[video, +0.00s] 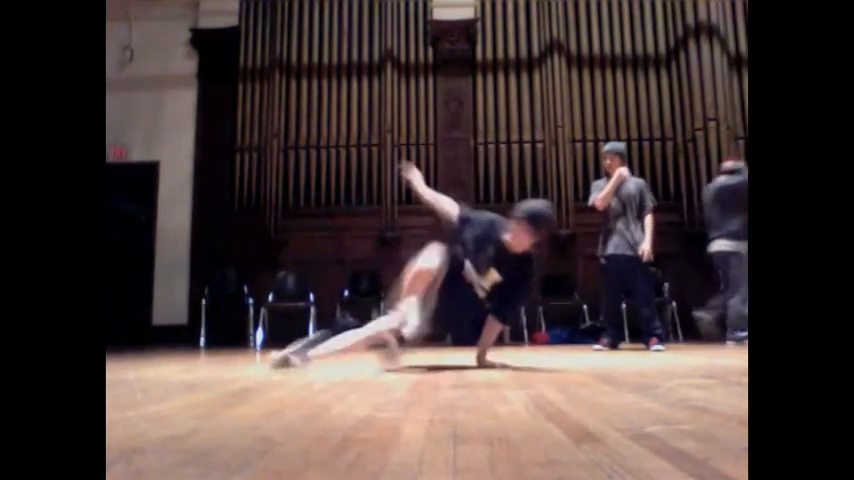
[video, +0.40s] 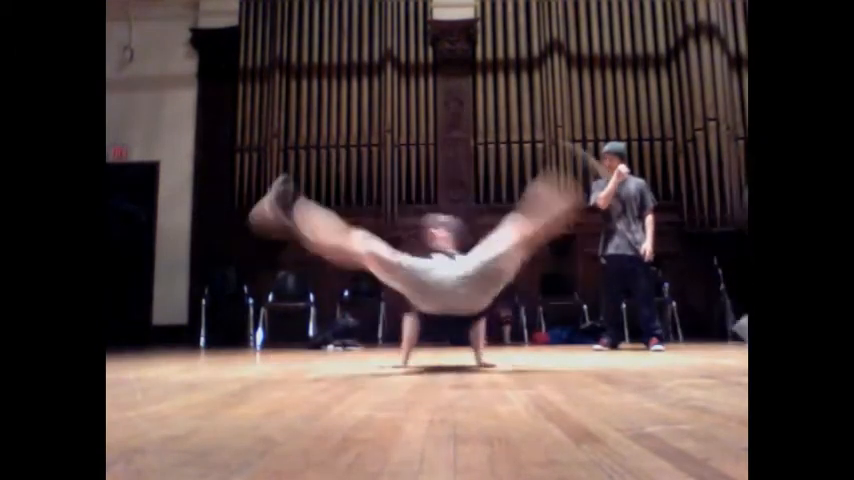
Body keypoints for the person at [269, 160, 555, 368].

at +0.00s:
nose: (518, 236)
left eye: (527, 234)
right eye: (519, 228)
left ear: (536, 240)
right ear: (513, 221)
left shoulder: (523, 273)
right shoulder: (487, 225)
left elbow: (497, 318)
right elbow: (451, 211)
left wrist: (481, 358)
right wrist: (420, 187)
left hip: (443, 320)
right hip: (431, 283)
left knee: (381, 329)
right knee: (437, 250)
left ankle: (304, 355)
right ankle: (399, 323)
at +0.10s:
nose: (519, 237)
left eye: (527, 234)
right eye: (519, 228)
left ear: (536, 240)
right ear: (513, 221)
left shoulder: (523, 273)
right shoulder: (487, 225)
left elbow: (497, 318)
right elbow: (451, 211)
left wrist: (481, 358)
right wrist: (420, 187)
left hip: (443, 320)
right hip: (431, 283)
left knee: (381, 329)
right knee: (437, 250)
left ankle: (304, 355)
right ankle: (399, 323)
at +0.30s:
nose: (470, 231)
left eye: (477, 227)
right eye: (470, 226)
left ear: (491, 233)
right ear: (468, 228)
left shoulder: (498, 269)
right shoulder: (453, 247)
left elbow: (487, 315)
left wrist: (481, 355)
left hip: (452, 307)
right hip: (426, 289)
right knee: (402, 217)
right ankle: (347, 183)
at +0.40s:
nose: (441, 235)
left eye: (445, 231)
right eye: (435, 231)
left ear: (456, 238)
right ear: (426, 239)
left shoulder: (475, 273)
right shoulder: (421, 271)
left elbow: (480, 326)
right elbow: (412, 320)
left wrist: (481, 361)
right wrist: (403, 361)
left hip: (474, 283)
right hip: (430, 285)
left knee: (518, 231)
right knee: (360, 246)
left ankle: (558, 200)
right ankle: (294, 210)